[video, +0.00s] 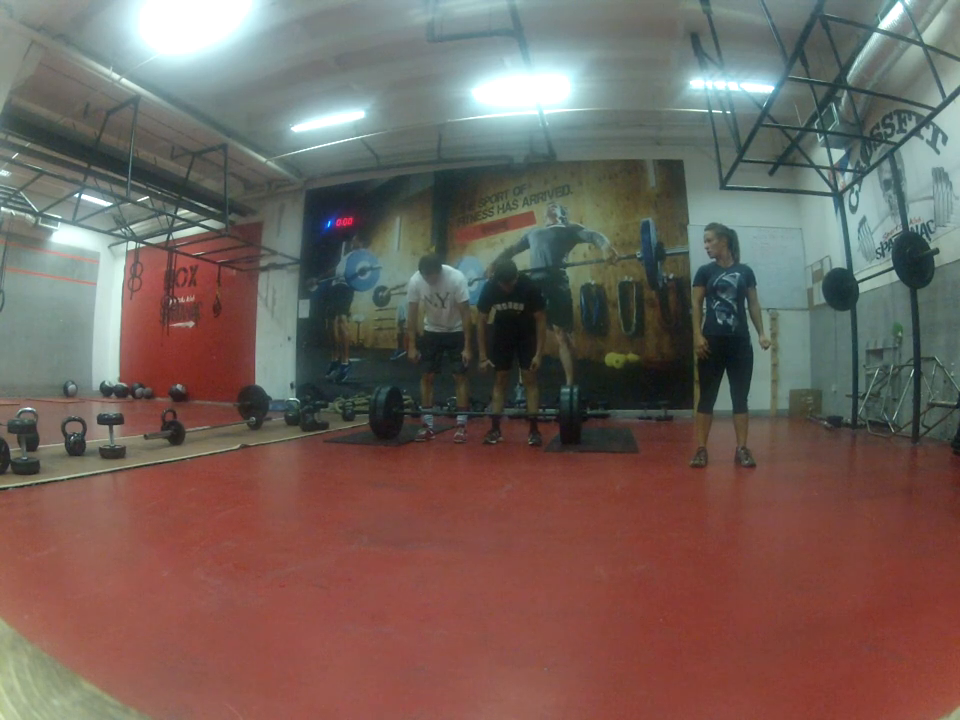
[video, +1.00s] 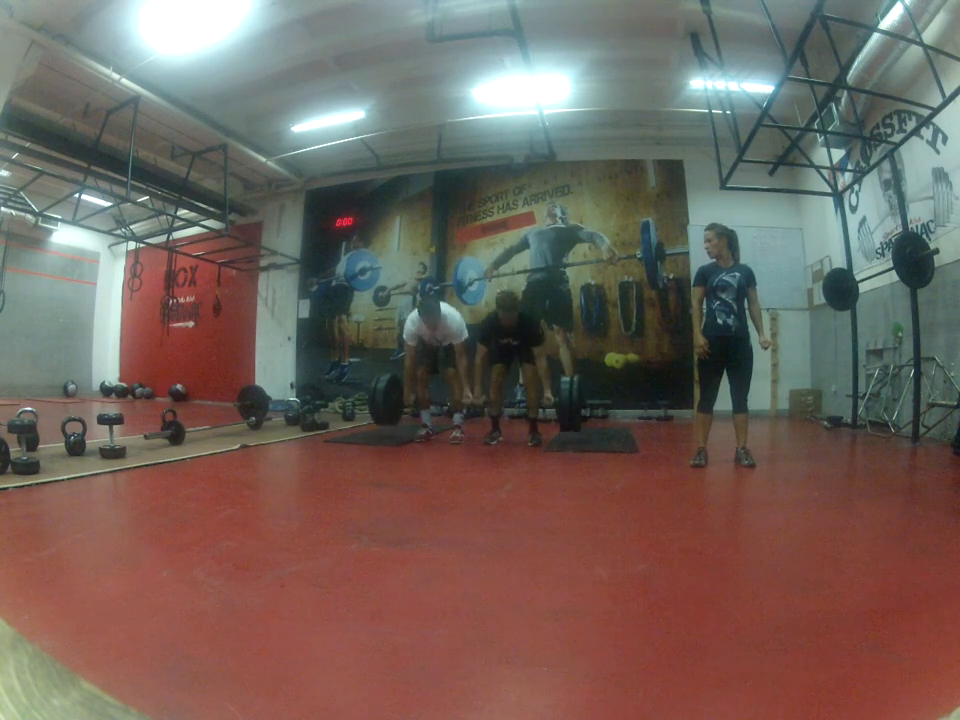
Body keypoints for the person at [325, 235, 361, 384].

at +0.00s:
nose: (353, 243)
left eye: (356, 241)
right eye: (353, 241)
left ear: (361, 243)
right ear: (352, 242)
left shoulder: (360, 256)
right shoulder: (347, 256)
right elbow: (336, 273)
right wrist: (319, 279)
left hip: (346, 288)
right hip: (335, 288)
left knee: (342, 324)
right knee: (334, 324)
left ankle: (345, 362)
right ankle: (335, 361)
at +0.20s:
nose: (354, 243)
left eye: (356, 241)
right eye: (354, 240)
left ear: (361, 243)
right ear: (353, 242)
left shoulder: (360, 256)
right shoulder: (348, 257)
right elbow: (335, 272)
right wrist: (318, 279)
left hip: (346, 289)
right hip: (335, 288)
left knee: (342, 326)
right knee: (333, 326)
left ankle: (345, 362)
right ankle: (335, 361)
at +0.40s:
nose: (353, 243)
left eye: (356, 241)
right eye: (354, 240)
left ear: (361, 243)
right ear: (353, 242)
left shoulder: (359, 257)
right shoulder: (347, 257)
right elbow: (336, 272)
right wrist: (318, 279)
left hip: (346, 288)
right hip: (335, 288)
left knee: (342, 325)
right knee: (332, 326)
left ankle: (345, 363)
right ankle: (335, 361)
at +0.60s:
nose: (353, 243)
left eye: (356, 240)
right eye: (353, 240)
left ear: (361, 243)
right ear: (353, 242)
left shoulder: (360, 256)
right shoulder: (347, 256)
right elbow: (336, 272)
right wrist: (318, 278)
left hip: (346, 288)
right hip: (335, 288)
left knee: (342, 326)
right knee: (332, 326)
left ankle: (345, 363)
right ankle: (335, 361)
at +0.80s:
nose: (353, 243)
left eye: (356, 240)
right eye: (353, 240)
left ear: (361, 242)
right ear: (353, 242)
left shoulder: (360, 256)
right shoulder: (348, 256)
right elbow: (336, 272)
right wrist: (319, 278)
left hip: (345, 288)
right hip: (335, 288)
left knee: (342, 325)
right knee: (333, 326)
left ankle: (345, 362)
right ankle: (336, 361)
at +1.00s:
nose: (353, 243)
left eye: (356, 240)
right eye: (353, 240)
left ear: (361, 242)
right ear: (353, 242)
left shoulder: (360, 256)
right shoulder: (348, 256)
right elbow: (336, 272)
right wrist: (318, 279)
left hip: (346, 289)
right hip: (335, 288)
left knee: (342, 325)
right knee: (334, 326)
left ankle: (345, 363)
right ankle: (336, 361)